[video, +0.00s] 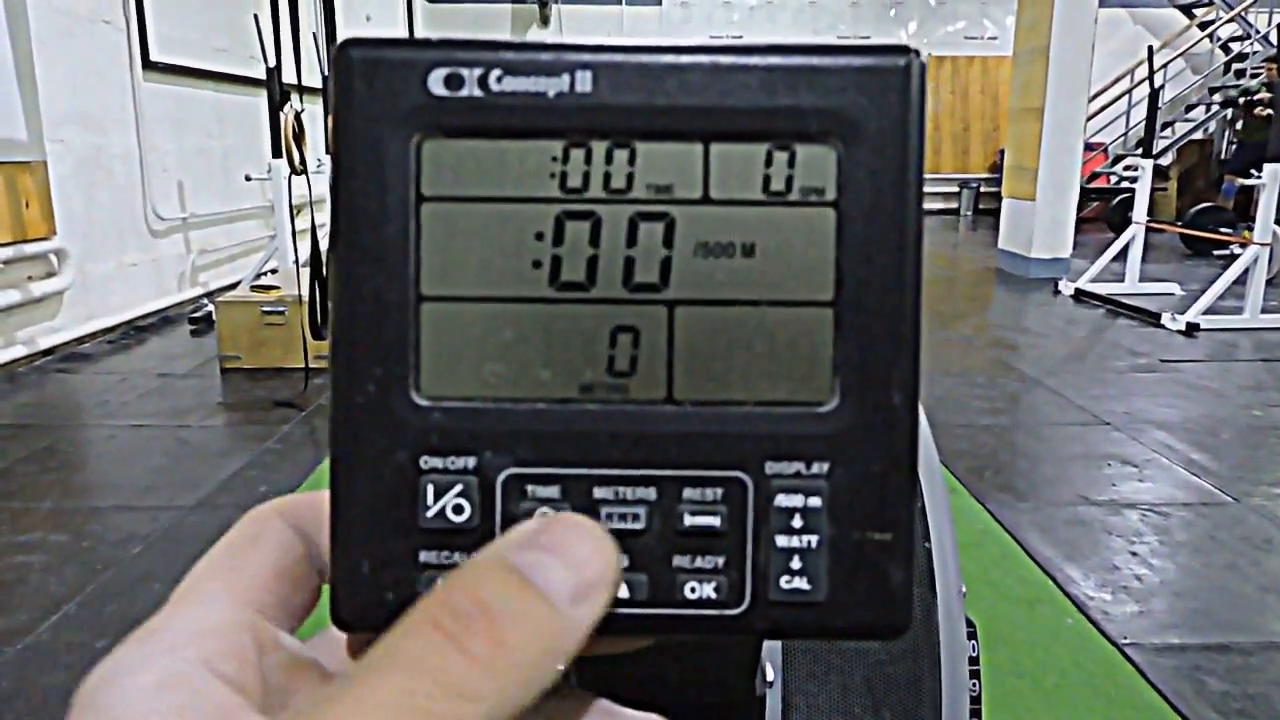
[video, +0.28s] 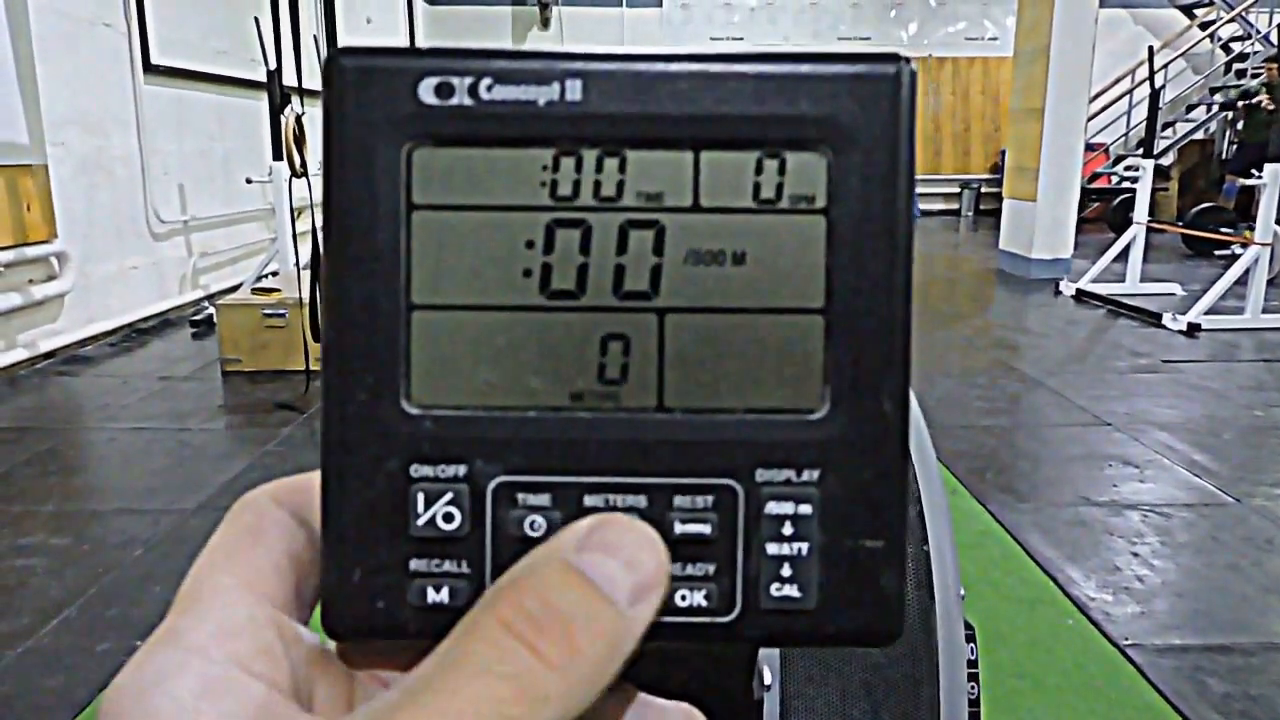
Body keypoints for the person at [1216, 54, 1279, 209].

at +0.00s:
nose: (1269, 73)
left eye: (1272, 69)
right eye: (1266, 69)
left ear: (1279, 70)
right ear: (1264, 70)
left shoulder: (1275, 90)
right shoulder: (1255, 88)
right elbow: (1228, 99)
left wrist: (1271, 99)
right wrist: (1250, 107)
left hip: (1269, 144)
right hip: (1248, 141)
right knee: (1231, 177)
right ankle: (1219, 220)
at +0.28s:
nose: (1269, 73)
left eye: (1273, 69)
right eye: (1267, 69)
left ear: (1279, 70)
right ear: (1264, 70)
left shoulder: (1277, 92)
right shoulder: (1253, 89)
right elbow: (1225, 104)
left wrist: (1274, 107)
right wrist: (1250, 103)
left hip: (1271, 146)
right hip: (1249, 143)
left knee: (1268, 185)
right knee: (1232, 177)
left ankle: (1261, 223)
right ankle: (1221, 219)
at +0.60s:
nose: (1269, 75)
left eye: (1272, 71)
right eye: (1266, 71)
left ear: (1279, 72)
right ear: (1263, 72)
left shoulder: (1276, 93)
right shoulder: (1253, 91)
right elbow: (1226, 108)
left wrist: (1274, 104)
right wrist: (1252, 104)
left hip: (1272, 148)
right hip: (1249, 146)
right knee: (1232, 178)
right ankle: (1222, 221)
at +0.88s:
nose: (1269, 76)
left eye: (1272, 72)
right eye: (1266, 72)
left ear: (1279, 72)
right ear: (1263, 73)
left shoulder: (1276, 93)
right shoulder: (1256, 91)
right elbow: (1227, 109)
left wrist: (1272, 99)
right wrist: (1255, 103)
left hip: (1271, 148)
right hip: (1250, 146)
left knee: (1270, 187)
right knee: (1233, 181)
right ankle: (1222, 223)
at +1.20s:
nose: (1269, 80)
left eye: (1272, 76)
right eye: (1265, 76)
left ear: (1278, 76)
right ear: (1260, 78)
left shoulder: (1277, 98)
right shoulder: (1252, 97)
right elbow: (1227, 116)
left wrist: (1274, 104)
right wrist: (1254, 111)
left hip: (1271, 154)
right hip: (1248, 152)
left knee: (1268, 194)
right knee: (1231, 187)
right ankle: (1220, 228)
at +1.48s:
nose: (1267, 81)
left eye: (1270, 76)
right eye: (1263, 77)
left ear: (1276, 77)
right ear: (1258, 79)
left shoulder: (1276, 99)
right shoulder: (1249, 99)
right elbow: (1230, 122)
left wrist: (1274, 107)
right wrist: (1253, 119)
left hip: (1271, 154)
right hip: (1248, 153)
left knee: (1271, 192)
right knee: (1231, 187)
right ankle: (1221, 228)